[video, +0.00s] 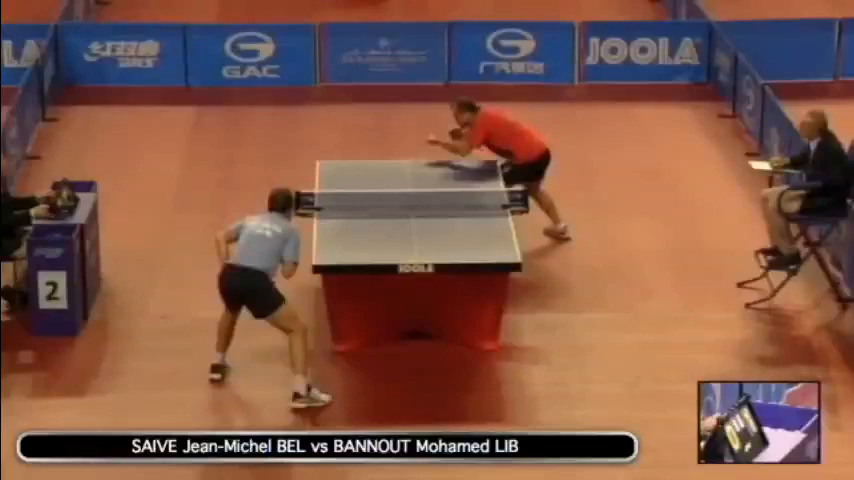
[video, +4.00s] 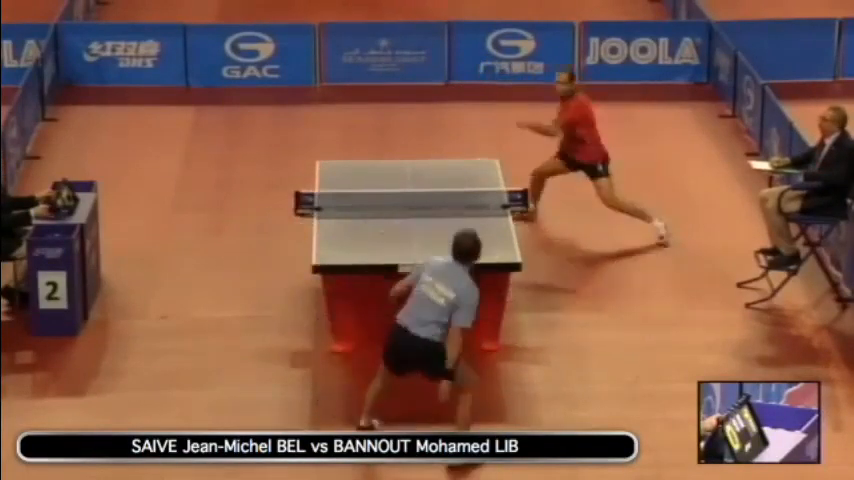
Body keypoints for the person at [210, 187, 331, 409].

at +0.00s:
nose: (293, 212)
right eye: (293, 208)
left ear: (270, 206)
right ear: (291, 210)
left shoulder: (252, 220)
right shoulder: (290, 231)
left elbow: (222, 237)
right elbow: (288, 271)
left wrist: (224, 264)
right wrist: (284, 249)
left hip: (230, 275)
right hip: (257, 281)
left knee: (230, 311)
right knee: (297, 329)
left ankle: (218, 363)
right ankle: (301, 389)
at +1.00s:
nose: (281, 176)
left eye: (279, 172)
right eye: (280, 173)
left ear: (257, 171)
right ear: (276, 176)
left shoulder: (242, 186)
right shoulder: (268, 203)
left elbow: (234, 205)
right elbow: (268, 247)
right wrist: (301, 259)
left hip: (232, 259)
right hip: (258, 265)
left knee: (219, 300)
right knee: (309, 295)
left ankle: (198, 350)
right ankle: (286, 346)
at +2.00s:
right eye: (336, 177)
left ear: (314, 178)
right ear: (336, 180)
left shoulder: (295, 200)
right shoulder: (338, 208)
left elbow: (269, 231)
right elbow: (350, 251)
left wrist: (275, 258)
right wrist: (369, 254)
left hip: (286, 265)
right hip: (315, 269)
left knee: (259, 315)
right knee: (347, 319)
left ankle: (228, 366)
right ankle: (341, 378)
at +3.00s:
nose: (304, 203)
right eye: (304, 199)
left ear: (282, 204)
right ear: (304, 202)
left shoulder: (270, 229)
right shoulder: (314, 231)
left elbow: (246, 259)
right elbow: (331, 269)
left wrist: (263, 262)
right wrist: (344, 272)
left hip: (272, 301)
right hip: (305, 303)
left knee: (251, 334)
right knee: (350, 335)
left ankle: (225, 384)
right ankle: (348, 397)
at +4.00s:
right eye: (476, 251)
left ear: (452, 249)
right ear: (476, 257)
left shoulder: (432, 264)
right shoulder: (468, 290)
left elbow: (397, 290)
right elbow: (455, 333)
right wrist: (448, 374)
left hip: (400, 336)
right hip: (429, 346)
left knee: (382, 376)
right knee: (467, 382)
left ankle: (364, 419)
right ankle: (462, 447)